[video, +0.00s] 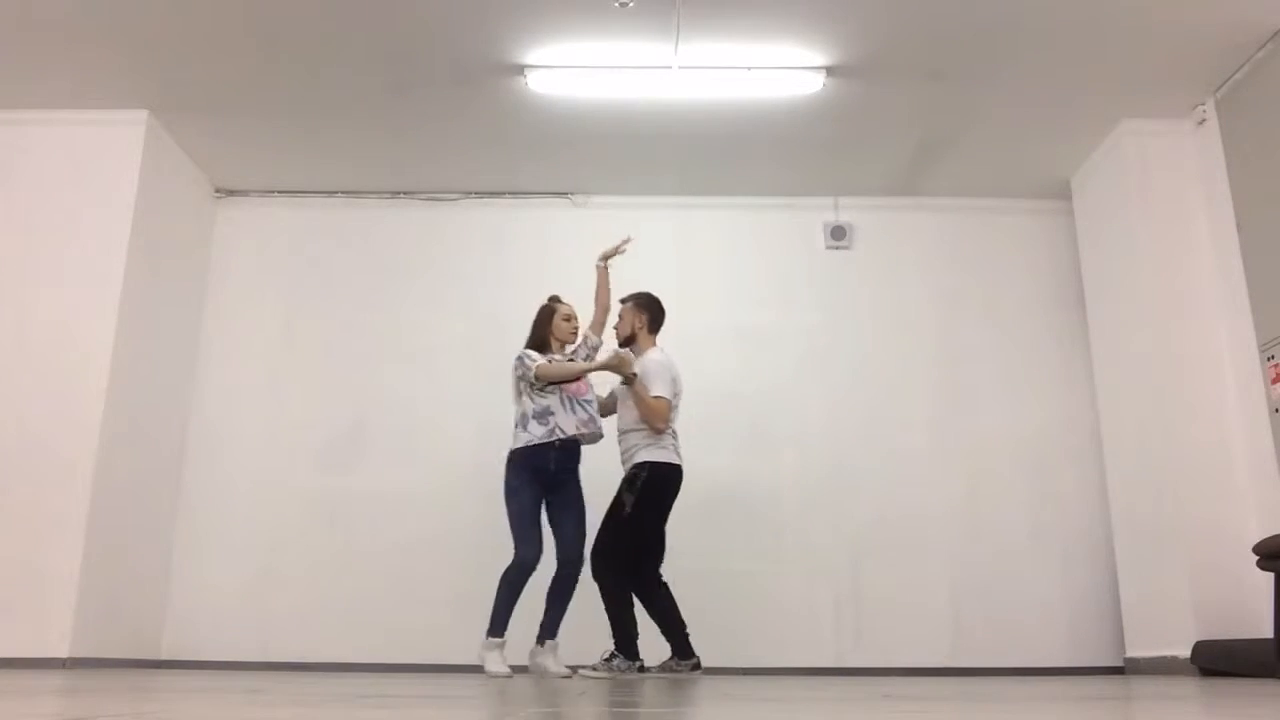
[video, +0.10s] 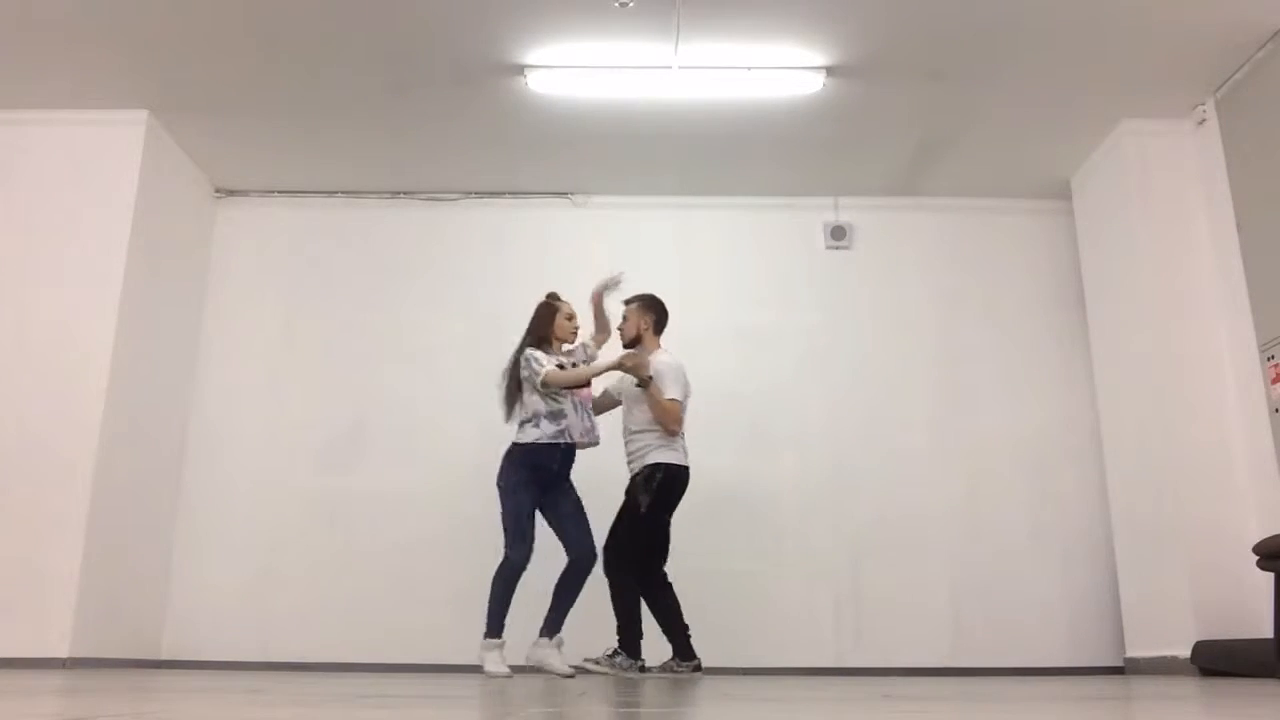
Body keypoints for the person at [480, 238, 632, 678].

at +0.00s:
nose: (576, 327)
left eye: (577, 321)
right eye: (567, 320)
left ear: (576, 328)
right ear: (548, 324)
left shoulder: (580, 356)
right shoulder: (526, 358)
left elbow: (601, 316)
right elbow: (549, 372)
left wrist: (603, 264)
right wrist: (600, 365)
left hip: (565, 471)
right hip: (525, 469)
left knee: (572, 558)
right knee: (528, 556)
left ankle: (544, 649)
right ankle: (493, 645)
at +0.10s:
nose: (577, 327)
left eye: (577, 321)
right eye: (570, 320)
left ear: (565, 327)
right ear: (550, 323)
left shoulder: (573, 358)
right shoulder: (532, 357)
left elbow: (601, 335)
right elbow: (559, 379)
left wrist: (598, 299)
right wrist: (613, 364)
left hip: (556, 473)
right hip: (522, 467)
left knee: (583, 555)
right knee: (517, 553)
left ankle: (545, 645)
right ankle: (492, 645)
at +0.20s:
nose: (579, 324)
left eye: (578, 318)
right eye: (573, 318)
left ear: (560, 322)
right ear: (554, 321)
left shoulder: (564, 361)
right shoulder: (539, 358)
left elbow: (581, 390)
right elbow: (571, 387)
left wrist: (591, 347)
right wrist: (621, 363)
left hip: (560, 473)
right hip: (529, 469)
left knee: (583, 557)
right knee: (524, 555)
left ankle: (544, 646)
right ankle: (492, 645)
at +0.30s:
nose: (582, 325)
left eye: (581, 318)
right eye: (576, 318)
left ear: (564, 322)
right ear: (557, 320)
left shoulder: (564, 361)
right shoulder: (549, 358)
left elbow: (584, 400)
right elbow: (586, 385)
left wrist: (614, 370)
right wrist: (635, 354)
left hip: (567, 471)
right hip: (543, 470)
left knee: (579, 560)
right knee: (555, 556)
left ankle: (542, 650)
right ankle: (504, 639)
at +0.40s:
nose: (587, 325)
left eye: (586, 318)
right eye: (581, 319)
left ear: (563, 323)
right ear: (563, 322)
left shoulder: (561, 358)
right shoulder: (566, 356)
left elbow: (581, 402)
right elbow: (612, 371)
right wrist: (657, 338)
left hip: (559, 470)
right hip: (552, 472)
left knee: (578, 552)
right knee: (580, 552)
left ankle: (539, 639)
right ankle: (538, 638)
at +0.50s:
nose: (592, 323)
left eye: (592, 316)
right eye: (587, 317)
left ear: (563, 320)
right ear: (571, 319)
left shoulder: (557, 358)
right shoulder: (581, 351)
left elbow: (590, 396)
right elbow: (630, 357)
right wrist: (669, 323)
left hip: (545, 469)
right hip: (558, 470)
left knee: (560, 556)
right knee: (595, 544)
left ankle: (538, 651)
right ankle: (557, 637)